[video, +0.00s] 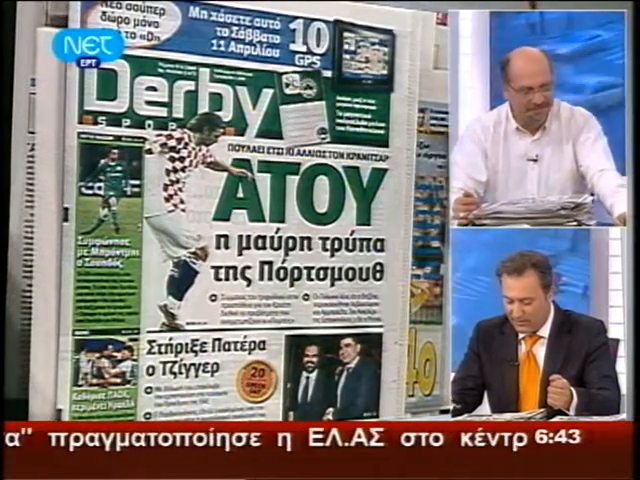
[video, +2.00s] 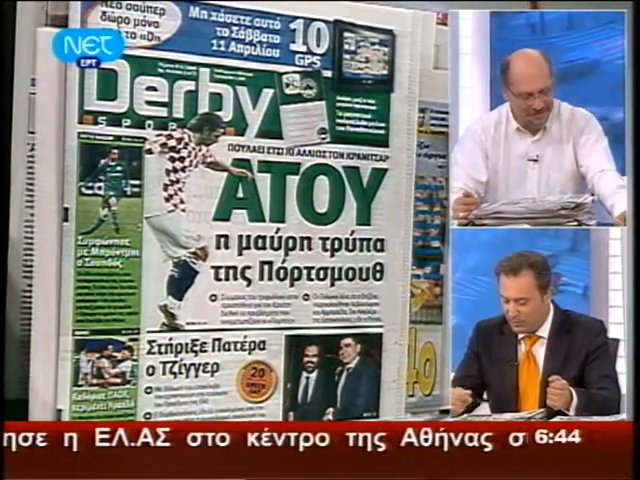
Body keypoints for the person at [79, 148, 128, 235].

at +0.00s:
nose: (115, 156)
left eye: (116, 154)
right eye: (113, 154)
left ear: (118, 155)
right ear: (109, 155)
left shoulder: (122, 165)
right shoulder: (104, 164)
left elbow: (126, 177)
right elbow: (96, 174)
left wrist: (127, 187)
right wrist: (86, 182)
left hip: (118, 189)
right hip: (108, 189)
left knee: (105, 213)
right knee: (113, 206)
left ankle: (91, 231)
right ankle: (116, 225)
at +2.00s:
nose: (115, 156)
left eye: (116, 154)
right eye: (113, 154)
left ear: (118, 155)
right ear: (109, 155)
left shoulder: (122, 165)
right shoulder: (104, 164)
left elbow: (126, 177)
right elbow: (96, 174)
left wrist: (127, 187)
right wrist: (86, 182)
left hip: (118, 189)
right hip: (108, 189)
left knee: (105, 213)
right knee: (113, 206)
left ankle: (91, 231)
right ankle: (116, 225)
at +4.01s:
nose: (115, 156)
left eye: (116, 154)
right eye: (113, 154)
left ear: (118, 155)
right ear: (109, 154)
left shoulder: (122, 165)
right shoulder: (104, 165)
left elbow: (126, 176)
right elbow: (95, 174)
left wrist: (127, 186)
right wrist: (85, 182)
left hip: (118, 190)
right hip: (108, 189)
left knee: (105, 213)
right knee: (113, 206)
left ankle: (91, 230)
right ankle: (116, 226)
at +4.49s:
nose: (115, 156)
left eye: (116, 154)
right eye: (113, 154)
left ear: (118, 155)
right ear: (109, 154)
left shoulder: (122, 165)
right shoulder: (104, 165)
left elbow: (126, 176)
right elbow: (95, 174)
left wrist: (127, 186)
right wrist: (85, 182)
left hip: (118, 190)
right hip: (108, 189)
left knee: (105, 213)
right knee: (113, 205)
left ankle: (91, 230)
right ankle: (116, 226)